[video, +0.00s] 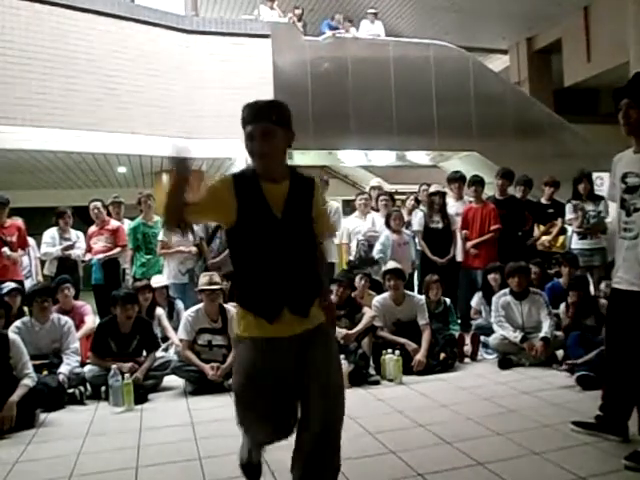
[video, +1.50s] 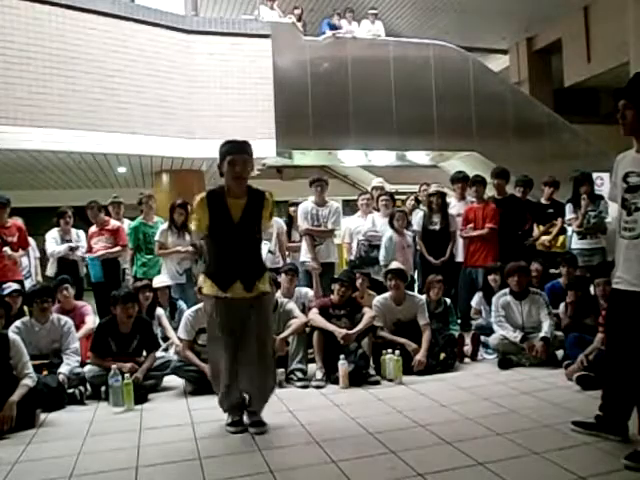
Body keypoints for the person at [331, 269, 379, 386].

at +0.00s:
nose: (340, 291)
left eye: (345, 288)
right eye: (339, 286)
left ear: (350, 291)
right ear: (334, 286)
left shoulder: (352, 301)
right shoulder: (326, 301)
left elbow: (370, 314)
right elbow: (320, 322)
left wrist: (354, 333)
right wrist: (337, 332)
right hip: (331, 345)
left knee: (368, 326)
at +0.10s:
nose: (341, 291)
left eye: (345, 288)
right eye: (339, 286)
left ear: (350, 291)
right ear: (334, 286)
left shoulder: (352, 301)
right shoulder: (325, 303)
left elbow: (370, 314)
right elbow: (320, 322)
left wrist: (354, 333)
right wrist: (335, 330)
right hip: (331, 344)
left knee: (369, 325)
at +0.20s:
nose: (340, 291)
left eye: (344, 288)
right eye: (338, 286)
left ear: (350, 291)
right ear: (333, 287)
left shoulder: (353, 303)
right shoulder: (322, 304)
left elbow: (371, 314)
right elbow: (316, 319)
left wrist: (354, 333)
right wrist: (337, 330)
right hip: (330, 345)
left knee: (369, 328)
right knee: (318, 333)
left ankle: (366, 370)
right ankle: (324, 372)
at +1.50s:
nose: (343, 290)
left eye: (347, 288)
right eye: (340, 285)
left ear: (351, 291)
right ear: (333, 286)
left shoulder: (353, 303)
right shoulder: (323, 302)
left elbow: (370, 314)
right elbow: (312, 317)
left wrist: (354, 333)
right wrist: (336, 330)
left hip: (351, 352)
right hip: (330, 350)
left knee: (368, 329)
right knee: (318, 332)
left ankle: (368, 368)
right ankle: (320, 370)